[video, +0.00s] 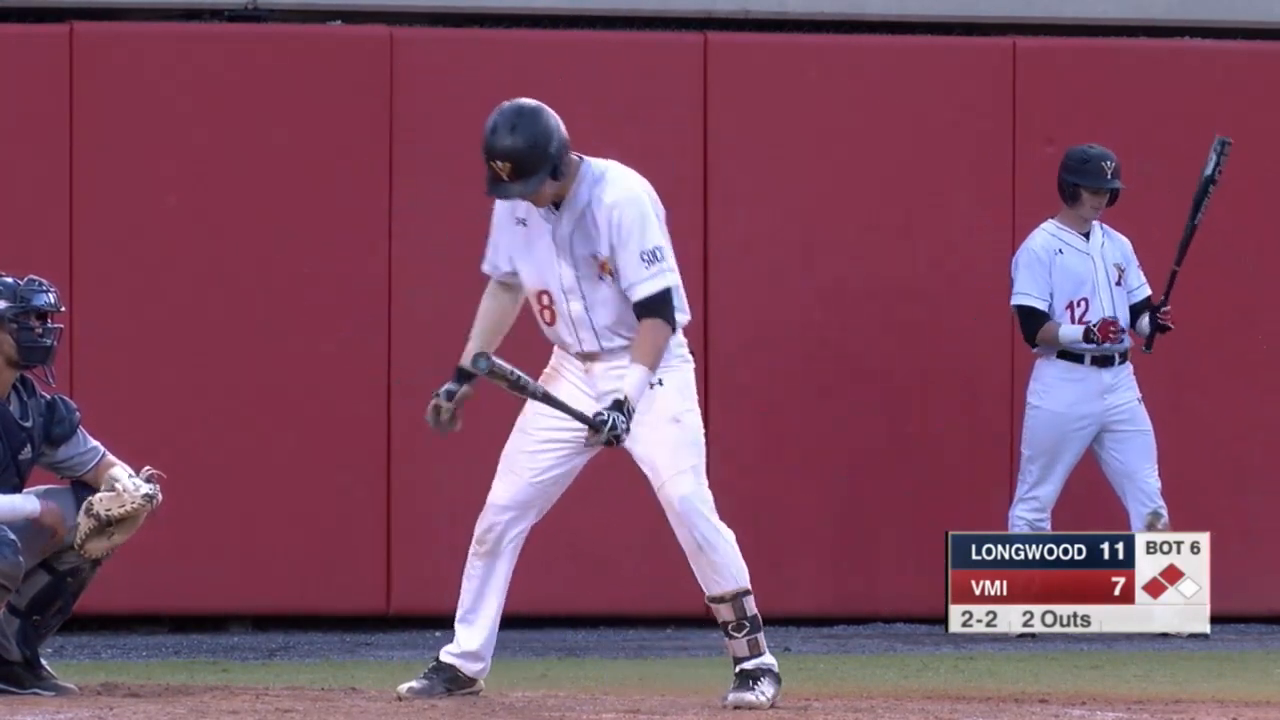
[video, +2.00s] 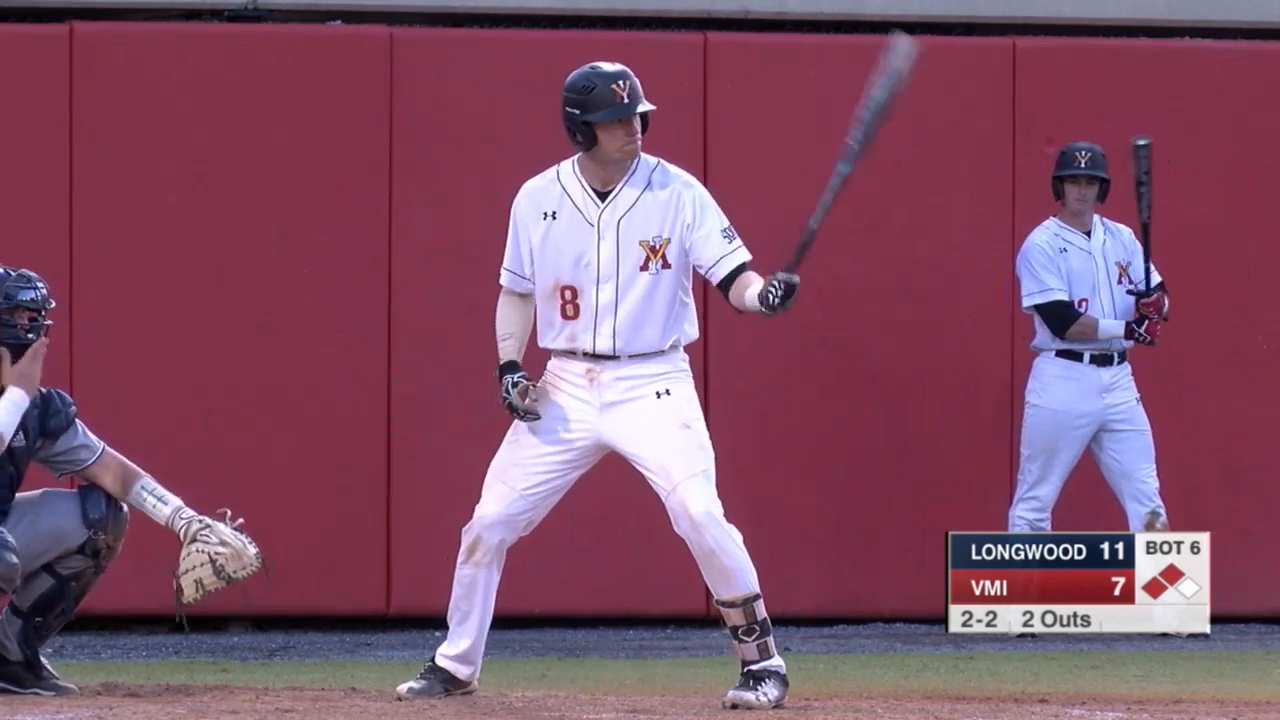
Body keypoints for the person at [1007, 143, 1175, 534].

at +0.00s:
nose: (1102, 199)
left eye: (1108, 191)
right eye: (1094, 190)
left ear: (1113, 193)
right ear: (1069, 188)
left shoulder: (1118, 245)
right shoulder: (1038, 248)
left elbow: (1140, 314)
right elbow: (1035, 330)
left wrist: (1152, 322)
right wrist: (1086, 334)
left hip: (1119, 385)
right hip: (1061, 386)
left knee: (1150, 505)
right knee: (1034, 505)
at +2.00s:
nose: (1081, 191)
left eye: (1089, 182)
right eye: (1073, 182)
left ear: (1101, 187)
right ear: (1059, 186)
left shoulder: (1122, 238)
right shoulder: (1040, 245)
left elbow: (1154, 290)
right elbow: (1063, 324)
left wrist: (1154, 304)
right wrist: (1127, 330)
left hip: (1118, 382)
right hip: (1062, 381)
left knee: (1147, 504)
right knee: (1035, 503)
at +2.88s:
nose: (1147, 195)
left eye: (1152, 187)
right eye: (1138, 186)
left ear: (1158, 193)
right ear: (1115, 189)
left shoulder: (1152, 251)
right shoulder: (1086, 244)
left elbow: (1159, 321)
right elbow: (1110, 326)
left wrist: (1180, 336)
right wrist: (1166, 352)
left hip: (1132, 388)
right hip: (1080, 384)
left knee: (1160, 502)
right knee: (1048, 504)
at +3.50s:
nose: (1198, 209)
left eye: (1203, 201)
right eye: (1189, 200)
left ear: (1207, 206)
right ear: (1163, 203)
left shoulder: (1192, 257)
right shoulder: (1130, 259)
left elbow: (1185, 323)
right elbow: (1115, 345)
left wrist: (1208, 364)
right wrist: (1138, 411)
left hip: (1147, 386)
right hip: (1099, 382)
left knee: (1171, 495)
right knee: (1060, 484)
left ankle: (1179, 592)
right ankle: (1000, 576)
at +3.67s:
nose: (1175, 215)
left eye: (1179, 207)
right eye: (1165, 207)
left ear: (1183, 212)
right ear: (1140, 210)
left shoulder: (1174, 264)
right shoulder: (1102, 266)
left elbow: (1172, 330)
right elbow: (1078, 348)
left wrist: (1189, 369)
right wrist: (1080, 408)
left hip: (1135, 398)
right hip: (1081, 391)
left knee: (1165, 505)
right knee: (1047, 496)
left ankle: (1171, 609)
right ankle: (992, 591)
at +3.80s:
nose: (1147, 218)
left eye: (1153, 210)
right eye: (1138, 210)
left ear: (1158, 216)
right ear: (1114, 213)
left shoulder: (1154, 266)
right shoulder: (1074, 268)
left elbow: (1156, 329)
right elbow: (1043, 339)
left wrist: (1167, 369)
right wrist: (1024, 394)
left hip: (1118, 401)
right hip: (1062, 395)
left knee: (1151, 505)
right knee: (1038, 497)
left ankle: (1165, 606)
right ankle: (991, 594)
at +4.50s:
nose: (1166, 225)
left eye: (1170, 217)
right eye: (1156, 217)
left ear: (1174, 223)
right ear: (1131, 221)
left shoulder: (1168, 274)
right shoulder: (1091, 275)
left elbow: (1169, 335)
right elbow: (1068, 357)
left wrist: (1180, 378)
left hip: (1128, 402)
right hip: (1072, 396)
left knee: (1160, 508)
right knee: (1047, 498)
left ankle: (1171, 608)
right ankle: (994, 590)